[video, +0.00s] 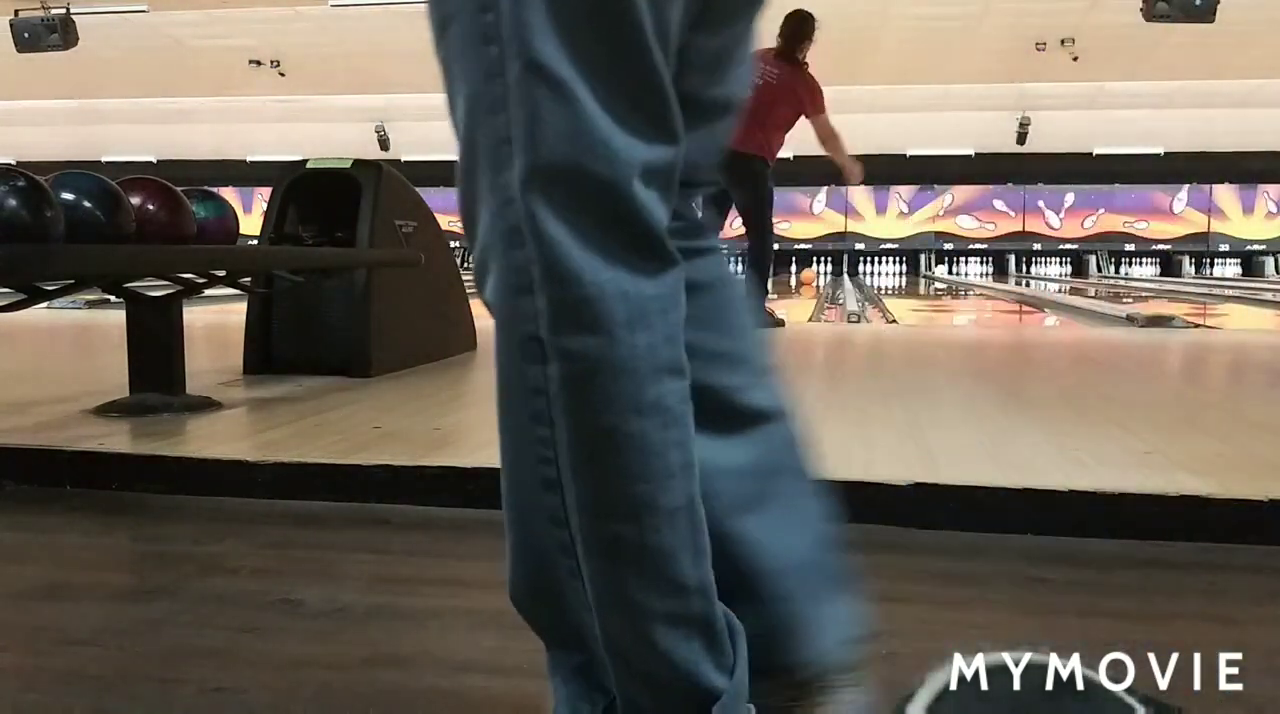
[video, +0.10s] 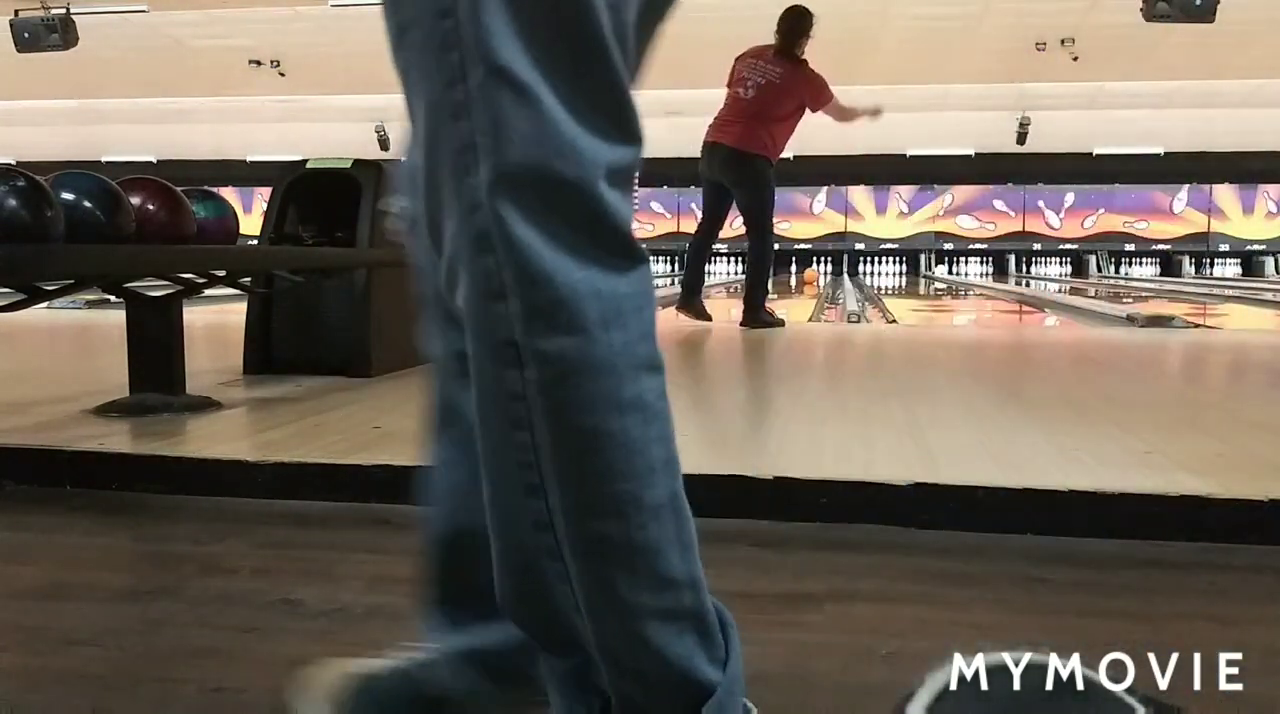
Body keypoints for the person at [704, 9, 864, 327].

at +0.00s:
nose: (809, 42)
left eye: (808, 35)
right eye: (810, 37)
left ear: (781, 32)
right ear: (808, 39)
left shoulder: (755, 58)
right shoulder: (804, 82)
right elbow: (825, 135)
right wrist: (847, 164)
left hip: (720, 153)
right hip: (751, 162)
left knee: (707, 229)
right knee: (760, 237)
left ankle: (683, 294)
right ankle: (755, 307)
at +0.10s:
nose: (808, 37)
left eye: (807, 31)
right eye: (809, 32)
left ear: (779, 29)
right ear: (805, 35)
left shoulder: (748, 56)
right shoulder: (804, 77)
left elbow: (735, 93)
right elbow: (840, 113)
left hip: (713, 152)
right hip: (750, 160)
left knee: (709, 225)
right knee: (760, 234)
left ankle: (689, 298)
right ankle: (754, 311)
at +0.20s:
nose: (804, 31)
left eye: (799, 25)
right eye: (805, 27)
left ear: (775, 25)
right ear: (803, 31)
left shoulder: (745, 53)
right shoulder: (804, 72)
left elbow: (729, 91)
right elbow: (841, 96)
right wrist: (856, 71)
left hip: (713, 150)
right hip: (751, 158)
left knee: (706, 225)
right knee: (760, 234)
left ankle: (683, 300)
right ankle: (754, 311)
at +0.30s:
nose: (798, 30)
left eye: (796, 24)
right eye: (798, 25)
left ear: (767, 24)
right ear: (795, 29)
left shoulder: (737, 52)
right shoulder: (797, 69)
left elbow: (718, 98)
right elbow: (834, 89)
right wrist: (834, 48)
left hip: (709, 151)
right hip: (748, 159)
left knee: (702, 226)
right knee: (759, 234)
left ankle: (674, 296)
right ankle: (758, 311)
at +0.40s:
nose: (789, 29)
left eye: (785, 23)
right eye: (788, 24)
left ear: (757, 23)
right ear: (786, 29)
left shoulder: (727, 53)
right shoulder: (787, 71)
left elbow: (711, 101)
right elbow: (821, 98)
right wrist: (811, 57)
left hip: (703, 153)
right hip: (743, 161)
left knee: (698, 225)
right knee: (754, 235)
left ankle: (664, 288)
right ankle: (757, 312)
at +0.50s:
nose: (773, 31)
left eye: (769, 24)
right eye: (774, 25)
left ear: (744, 24)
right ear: (773, 29)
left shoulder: (715, 54)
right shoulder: (776, 73)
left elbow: (701, 102)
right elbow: (797, 121)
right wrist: (795, 102)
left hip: (694, 154)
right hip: (734, 162)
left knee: (691, 229)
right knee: (750, 236)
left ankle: (655, 284)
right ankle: (757, 311)